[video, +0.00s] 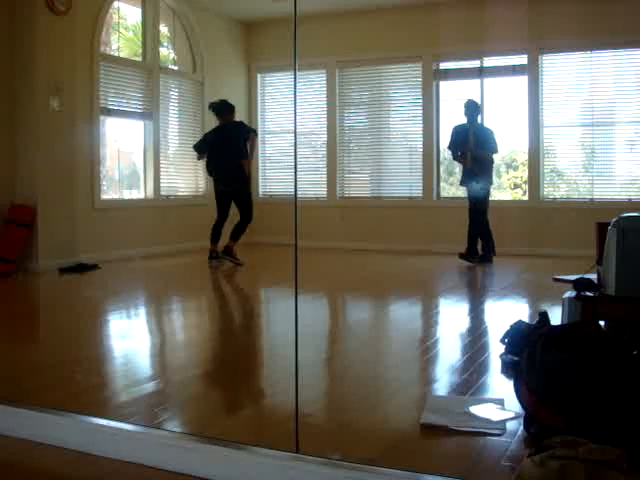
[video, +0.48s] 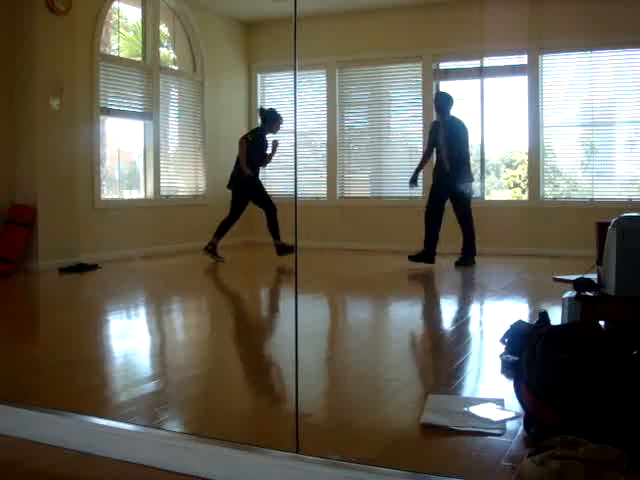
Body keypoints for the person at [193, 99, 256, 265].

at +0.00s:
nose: (233, 116)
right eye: (232, 113)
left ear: (216, 116)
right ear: (232, 113)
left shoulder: (212, 134)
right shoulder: (239, 127)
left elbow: (199, 154)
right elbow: (253, 136)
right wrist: (250, 158)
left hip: (220, 181)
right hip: (239, 178)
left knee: (221, 216)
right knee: (246, 216)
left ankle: (213, 251)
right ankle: (229, 248)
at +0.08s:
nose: (233, 117)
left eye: (230, 115)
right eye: (231, 115)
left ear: (216, 118)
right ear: (230, 115)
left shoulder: (209, 138)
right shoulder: (238, 128)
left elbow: (205, 159)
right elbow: (253, 135)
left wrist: (212, 169)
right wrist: (249, 158)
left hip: (221, 181)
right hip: (240, 178)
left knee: (224, 216)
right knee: (248, 216)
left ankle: (213, 250)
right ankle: (230, 247)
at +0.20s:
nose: (221, 125)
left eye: (219, 123)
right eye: (231, 120)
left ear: (217, 123)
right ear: (231, 119)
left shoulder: (217, 141)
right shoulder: (241, 133)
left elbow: (221, 163)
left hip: (225, 182)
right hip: (242, 181)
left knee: (231, 217)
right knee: (250, 218)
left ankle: (216, 250)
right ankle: (230, 247)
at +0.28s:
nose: (250, 126)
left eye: (250, 123)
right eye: (249, 123)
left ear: (235, 124)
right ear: (244, 124)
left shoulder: (230, 139)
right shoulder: (241, 137)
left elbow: (243, 166)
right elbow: (239, 163)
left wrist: (260, 163)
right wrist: (242, 173)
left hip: (226, 183)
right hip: (239, 183)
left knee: (235, 220)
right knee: (265, 211)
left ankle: (216, 249)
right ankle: (245, 240)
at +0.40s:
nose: (271, 128)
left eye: (271, 125)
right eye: (269, 125)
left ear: (260, 124)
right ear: (262, 124)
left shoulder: (252, 137)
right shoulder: (250, 134)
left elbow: (252, 164)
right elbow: (238, 148)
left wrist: (267, 155)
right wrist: (238, 168)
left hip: (237, 181)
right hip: (242, 181)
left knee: (234, 217)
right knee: (271, 207)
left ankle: (213, 246)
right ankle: (267, 242)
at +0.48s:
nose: (279, 127)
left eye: (280, 124)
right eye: (278, 124)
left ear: (268, 123)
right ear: (270, 123)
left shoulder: (260, 138)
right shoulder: (258, 133)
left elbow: (262, 162)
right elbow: (242, 142)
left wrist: (273, 152)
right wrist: (244, 167)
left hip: (243, 181)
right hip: (248, 181)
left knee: (233, 216)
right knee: (270, 208)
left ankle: (212, 244)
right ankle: (278, 244)